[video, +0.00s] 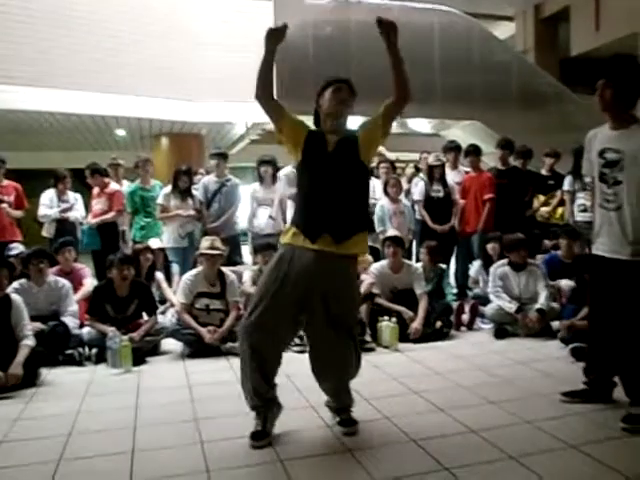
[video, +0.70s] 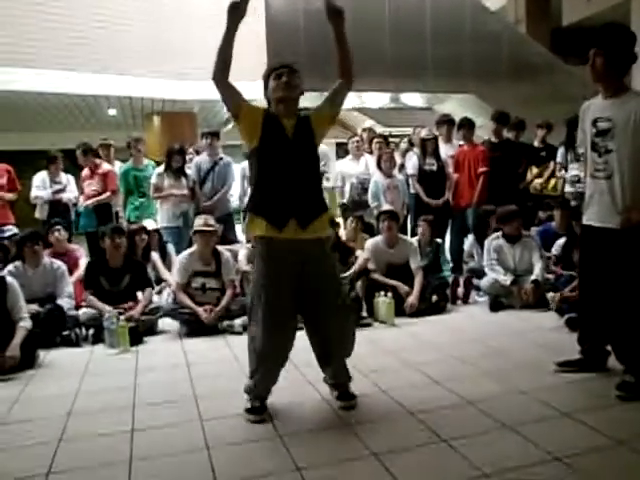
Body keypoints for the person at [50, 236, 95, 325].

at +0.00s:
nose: (66, 256)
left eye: (69, 251)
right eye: (62, 253)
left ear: (75, 254)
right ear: (57, 257)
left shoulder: (83, 270)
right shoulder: (51, 273)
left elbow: (89, 286)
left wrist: (72, 300)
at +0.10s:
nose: (61, 256)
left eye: (64, 252)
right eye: (57, 254)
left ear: (69, 254)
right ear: (52, 258)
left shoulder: (78, 270)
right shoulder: (47, 274)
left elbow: (84, 286)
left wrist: (68, 301)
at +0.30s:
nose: (55, 235)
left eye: (58, 231)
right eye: (51, 232)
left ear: (63, 232)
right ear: (45, 234)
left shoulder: (72, 248)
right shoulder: (41, 252)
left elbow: (76, 265)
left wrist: (63, 277)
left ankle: (73, 302)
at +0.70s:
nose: (56, 235)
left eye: (59, 231)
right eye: (53, 232)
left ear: (67, 235)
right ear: (49, 238)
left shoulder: (77, 251)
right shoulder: (46, 255)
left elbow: (81, 269)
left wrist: (69, 282)